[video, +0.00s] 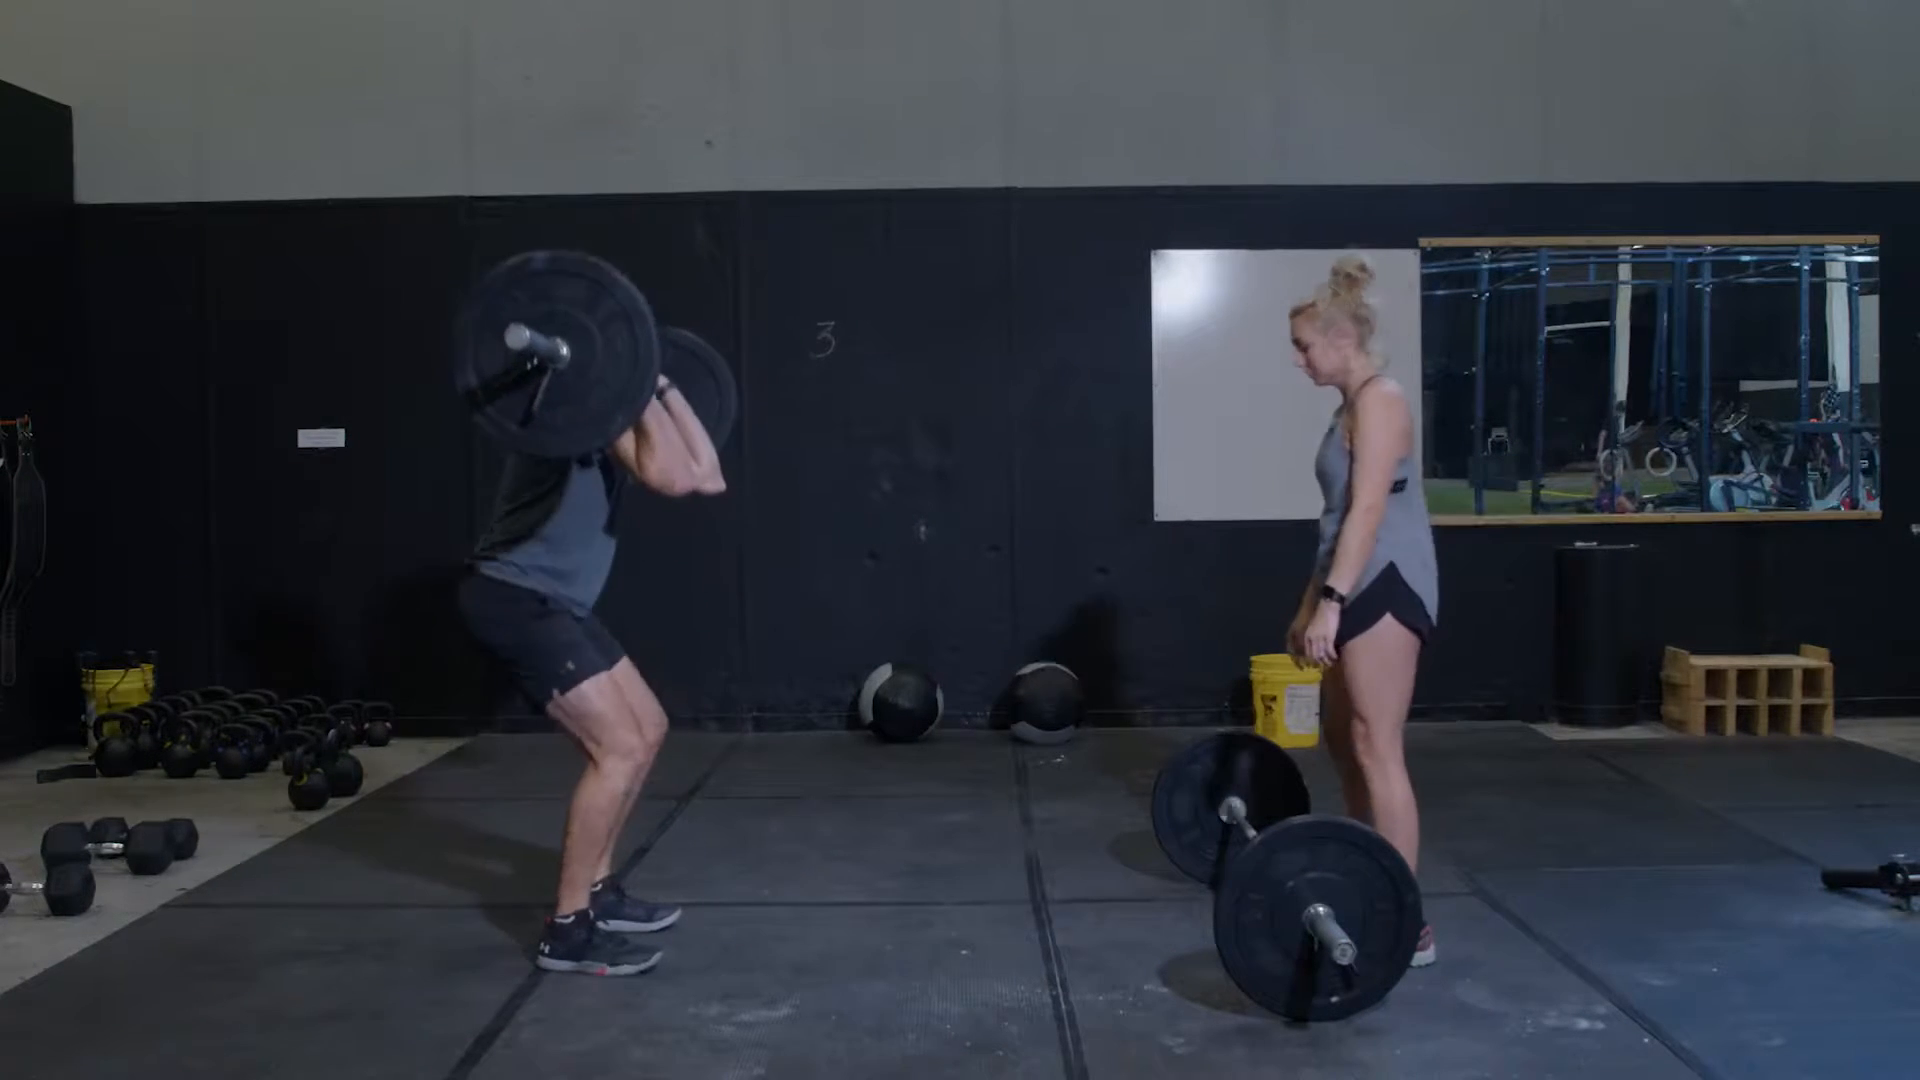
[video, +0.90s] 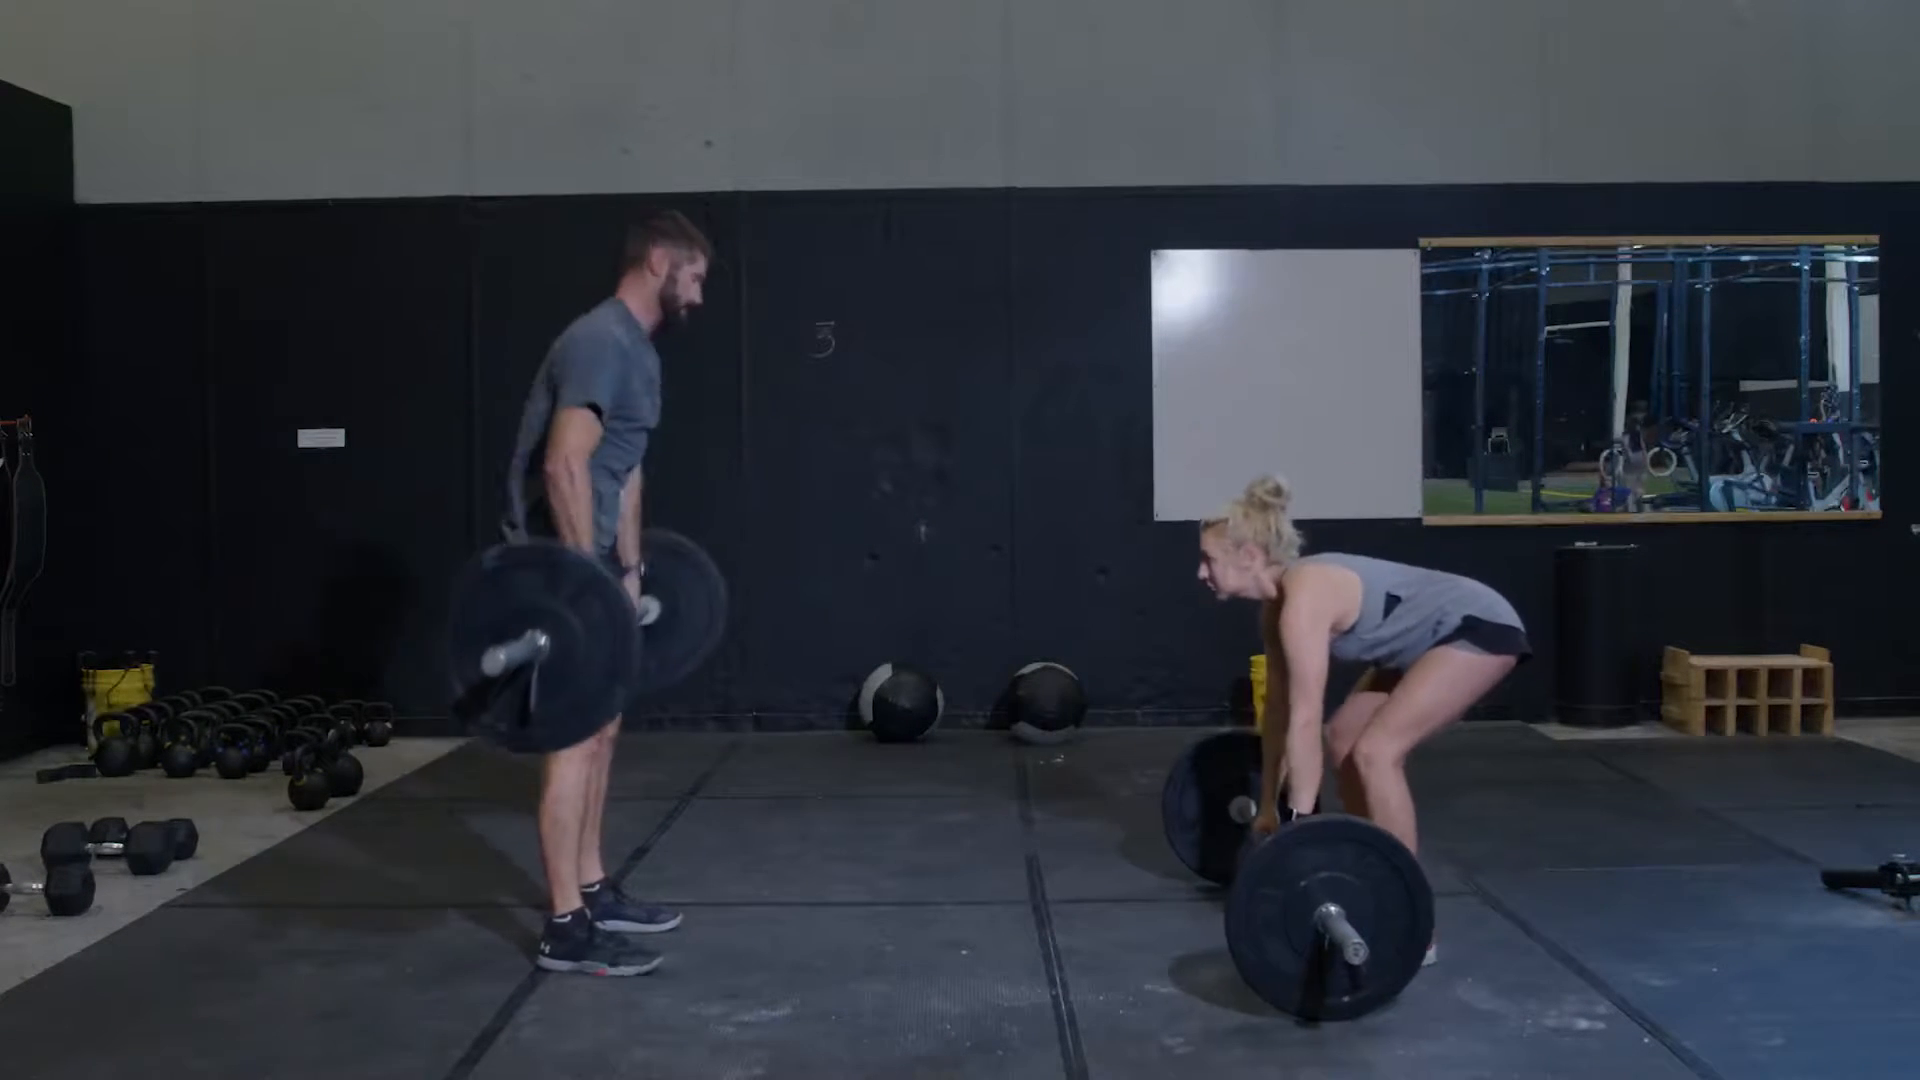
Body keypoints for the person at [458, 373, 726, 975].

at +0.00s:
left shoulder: (609, 393)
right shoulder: (566, 392)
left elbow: (708, 475)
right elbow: (670, 476)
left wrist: (658, 381)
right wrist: (636, 388)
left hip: (560, 599)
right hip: (518, 597)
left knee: (647, 728)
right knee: (621, 746)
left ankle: (595, 893)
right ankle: (567, 925)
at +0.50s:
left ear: (616, 292)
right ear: (576, 289)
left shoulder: (612, 356)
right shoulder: (557, 357)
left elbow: (626, 431)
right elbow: (563, 456)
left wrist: (648, 373)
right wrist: (599, 368)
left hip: (619, 552)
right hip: (583, 554)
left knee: (600, 720)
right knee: (576, 727)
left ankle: (589, 889)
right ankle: (562, 921)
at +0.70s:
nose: (611, 266)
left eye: (612, 254)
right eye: (603, 252)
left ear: (574, 249)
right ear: (562, 246)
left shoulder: (574, 321)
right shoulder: (533, 307)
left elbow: (591, 412)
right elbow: (489, 374)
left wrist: (664, 440)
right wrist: (574, 425)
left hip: (611, 546)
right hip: (577, 549)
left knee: (610, 717)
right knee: (587, 725)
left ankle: (593, 891)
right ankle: (567, 922)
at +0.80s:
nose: (646, 272)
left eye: (648, 259)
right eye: (638, 257)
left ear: (612, 254)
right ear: (599, 250)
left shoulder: (604, 323)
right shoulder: (564, 313)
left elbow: (626, 438)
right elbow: (542, 412)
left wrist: (647, 523)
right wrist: (600, 510)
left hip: (613, 544)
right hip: (578, 548)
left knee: (610, 718)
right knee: (587, 724)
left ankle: (591, 891)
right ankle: (566, 920)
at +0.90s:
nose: (699, 295)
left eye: (702, 280)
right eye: (693, 277)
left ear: (660, 267)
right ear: (657, 264)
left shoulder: (638, 350)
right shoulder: (602, 343)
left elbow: (627, 471)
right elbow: (563, 463)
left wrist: (631, 566)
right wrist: (582, 580)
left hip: (598, 565)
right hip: (562, 567)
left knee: (603, 726)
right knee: (576, 733)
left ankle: (590, 892)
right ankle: (563, 924)